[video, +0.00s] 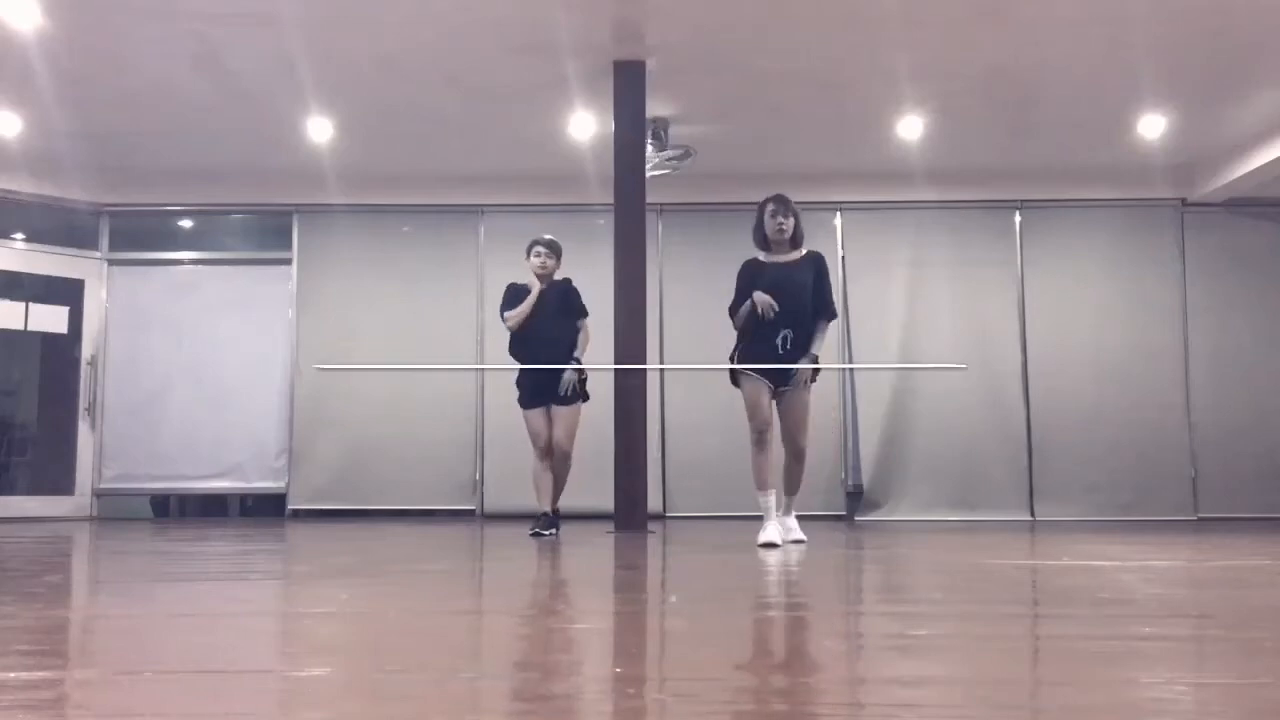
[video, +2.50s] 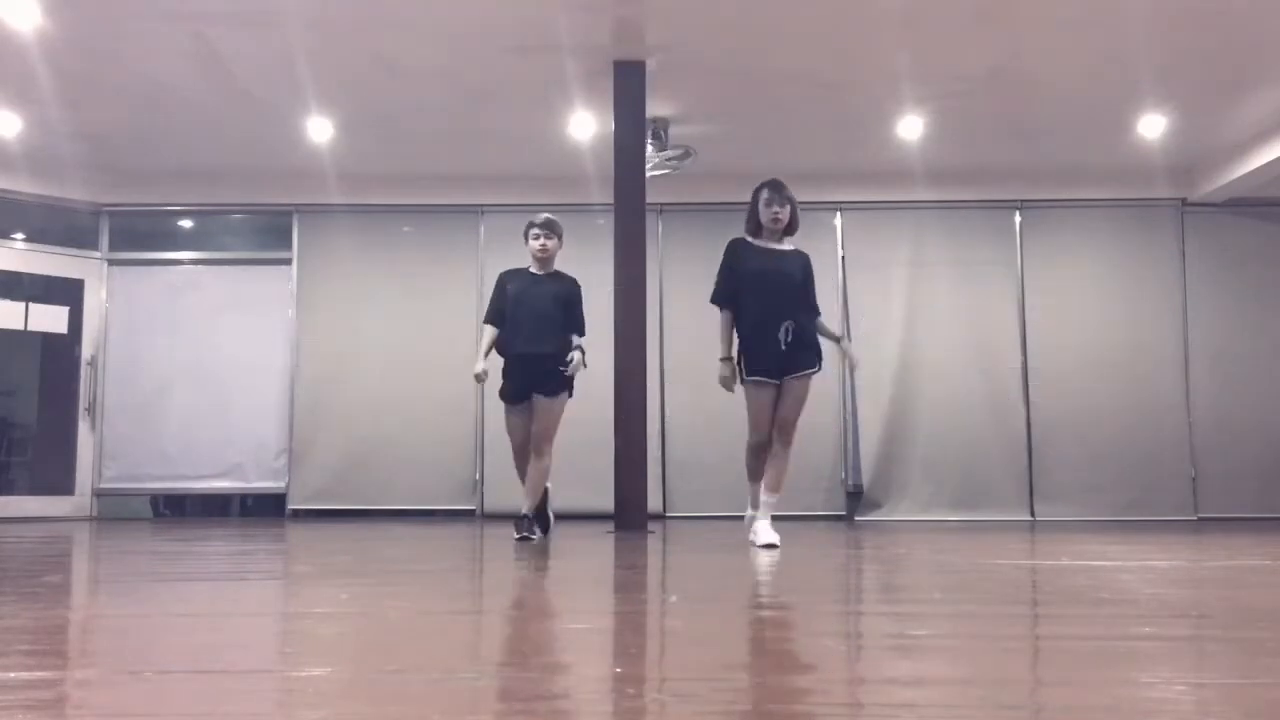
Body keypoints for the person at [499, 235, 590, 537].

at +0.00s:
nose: (543, 260)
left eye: (549, 256)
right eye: (537, 255)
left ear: (557, 262)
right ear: (528, 260)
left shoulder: (567, 290)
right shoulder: (517, 291)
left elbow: (584, 330)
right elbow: (511, 322)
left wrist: (575, 362)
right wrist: (535, 291)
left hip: (565, 375)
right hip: (531, 376)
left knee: (562, 448)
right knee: (541, 448)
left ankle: (552, 508)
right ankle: (545, 515)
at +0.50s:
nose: (541, 258)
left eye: (547, 253)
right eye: (535, 255)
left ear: (558, 260)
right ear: (527, 263)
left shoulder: (571, 296)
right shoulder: (520, 285)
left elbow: (587, 341)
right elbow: (524, 321)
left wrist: (565, 342)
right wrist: (546, 291)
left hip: (563, 376)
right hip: (529, 375)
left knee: (558, 444)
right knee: (537, 448)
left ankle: (556, 506)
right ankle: (544, 514)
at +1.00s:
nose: (541, 258)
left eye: (546, 253)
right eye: (535, 256)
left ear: (557, 259)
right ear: (528, 264)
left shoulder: (574, 294)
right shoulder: (520, 294)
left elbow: (587, 334)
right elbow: (516, 328)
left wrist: (573, 339)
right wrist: (547, 307)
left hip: (567, 377)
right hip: (533, 377)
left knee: (561, 447)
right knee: (541, 446)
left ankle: (542, 507)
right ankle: (543, 514)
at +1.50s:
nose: (549, 257)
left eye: (554, 253)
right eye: (543, 253)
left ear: (564, 259)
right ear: (534, 260)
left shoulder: (580, 294)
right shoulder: (522, 296)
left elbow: (593, 337)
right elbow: (510, 341)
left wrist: (585, 324)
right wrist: (500, 376)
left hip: (574, 378)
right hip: (538, 379)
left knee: (561, 448)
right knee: (552, 444)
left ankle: (543, 508)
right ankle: (556, 512)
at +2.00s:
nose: (546, 259)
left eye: (552, 254)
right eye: (540, 254)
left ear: (562, 260)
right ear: (532, 259)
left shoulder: (576, 295)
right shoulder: (519, 298)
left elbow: (585, 341)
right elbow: (518, 347)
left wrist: (581, 376)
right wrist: (514, 379)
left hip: (567, 382)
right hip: (531, 383)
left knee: (546, 445)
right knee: (546, 449)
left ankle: (527, 511)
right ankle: (558, 514)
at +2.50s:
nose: (542, 242)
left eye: (548, 237)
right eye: (536, 237)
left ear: (559, 243)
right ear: (526, 243)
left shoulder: (568, 285)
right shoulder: (508, 279)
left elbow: (576, 332)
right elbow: (493, 323)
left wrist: (578, 352)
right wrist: (481, 357)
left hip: (553, 370)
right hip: (515, 370)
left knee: (541, 447)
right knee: (520, 449)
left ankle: (527, 516)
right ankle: (540, 503)